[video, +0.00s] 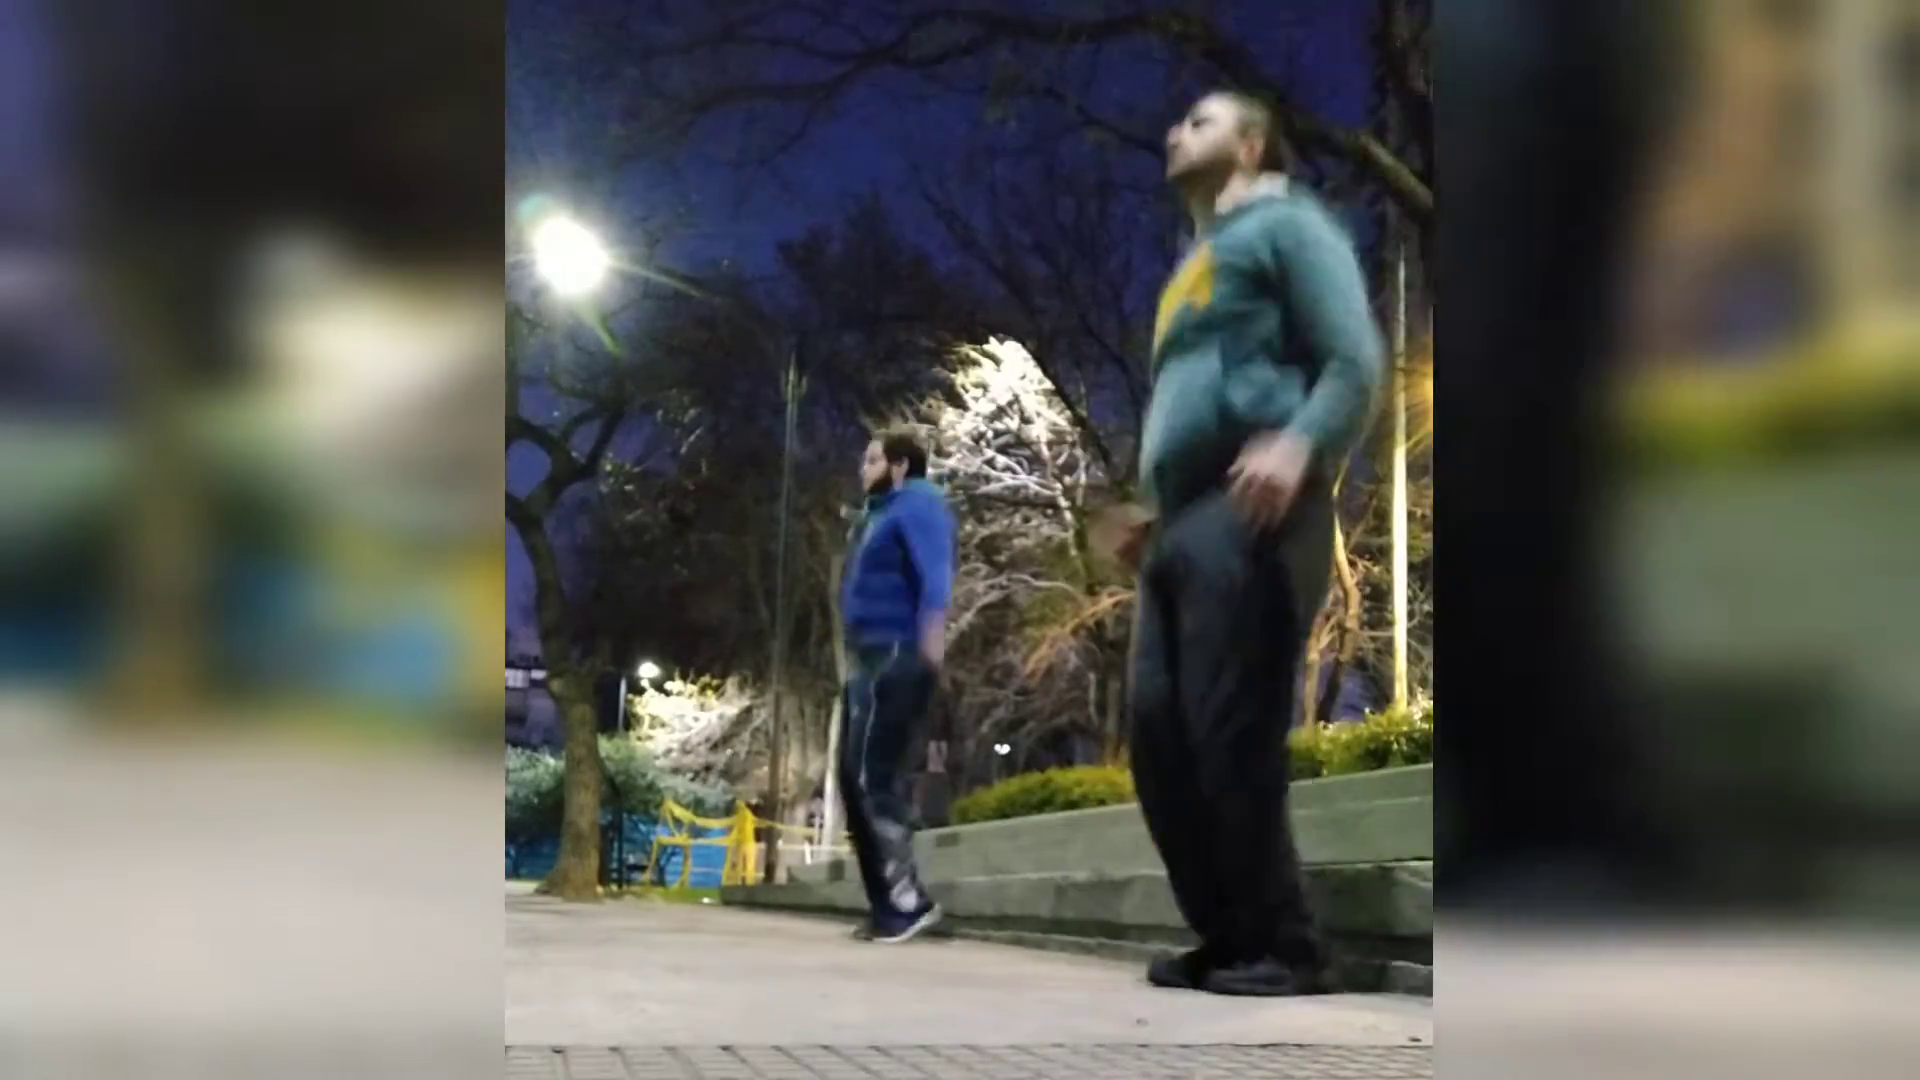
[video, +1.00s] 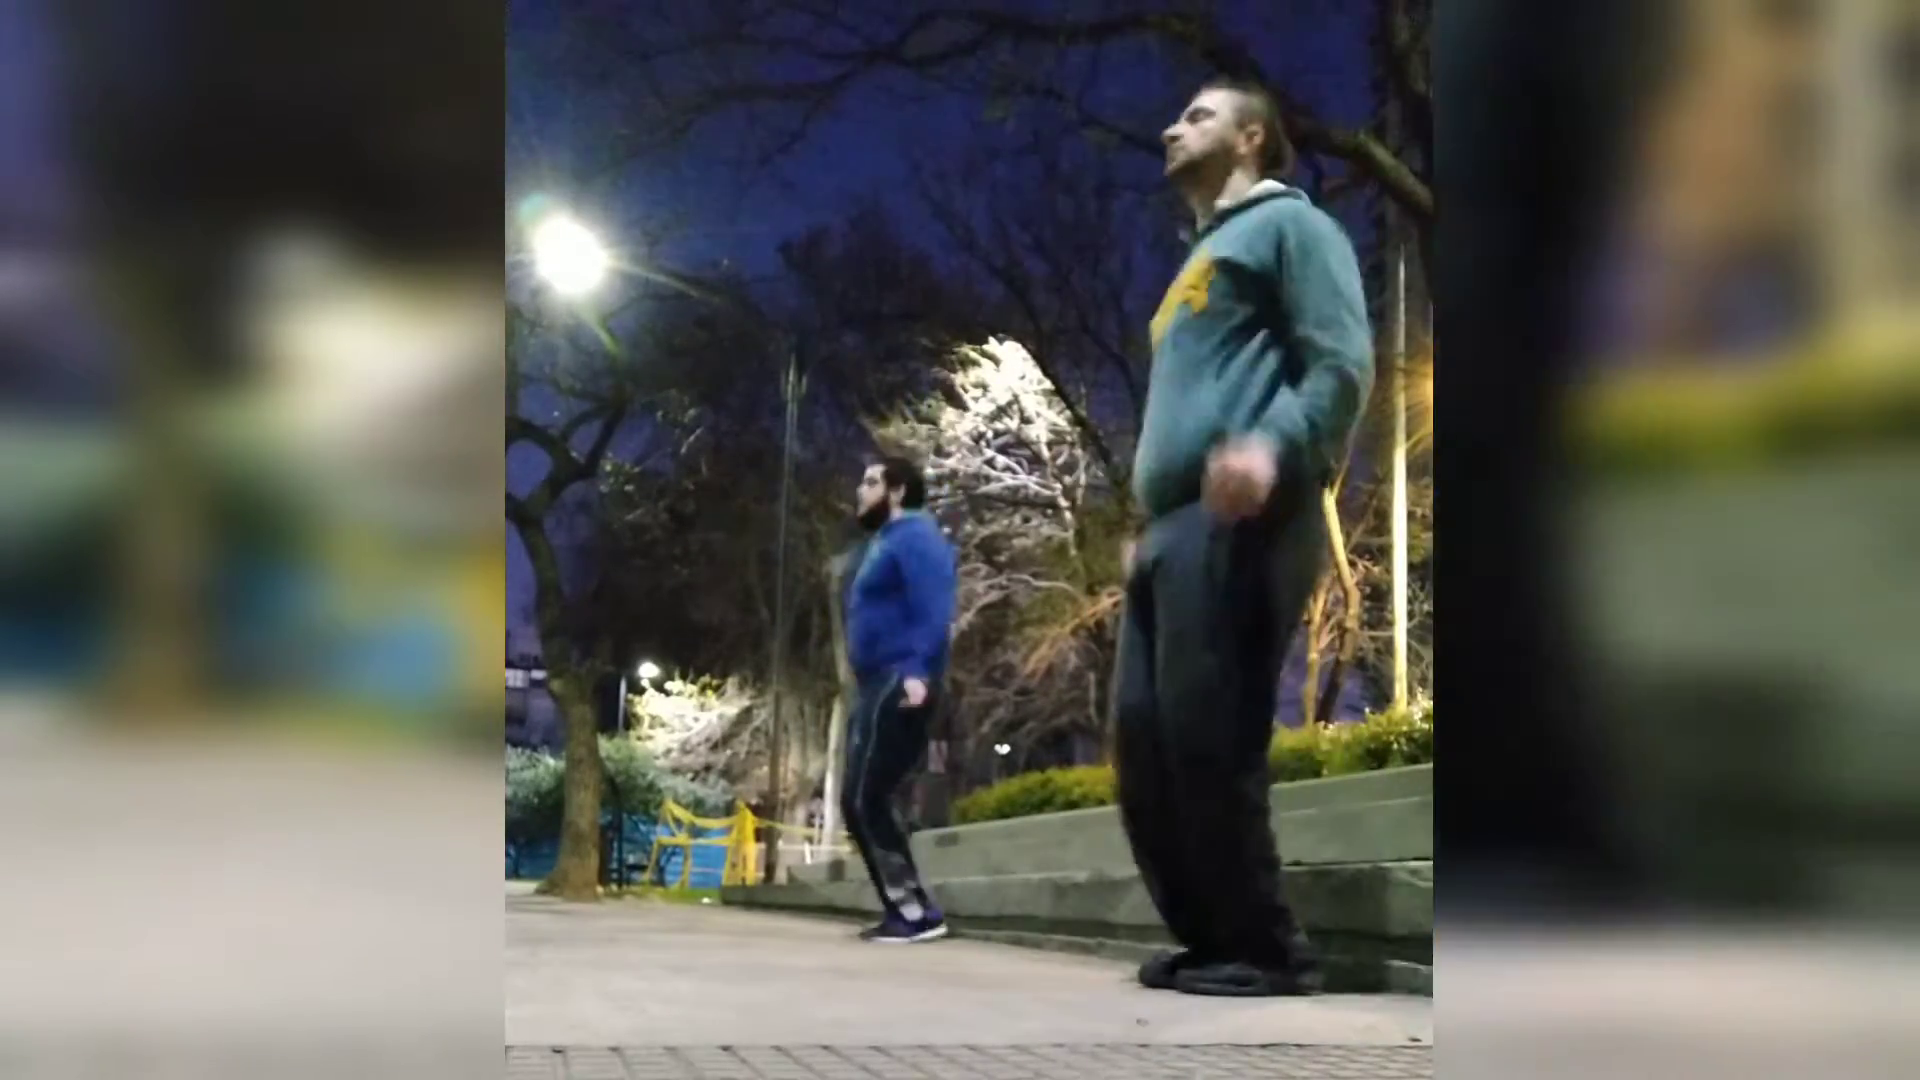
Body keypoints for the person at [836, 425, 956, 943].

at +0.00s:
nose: (863, 469)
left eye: (872, 460)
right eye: (865, 460)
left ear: (899, 465)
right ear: (894, 466)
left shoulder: (918, 503)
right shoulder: (881, 511)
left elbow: (935, 574)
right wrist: (858, 653)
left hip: (897, 657)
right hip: (867, 657)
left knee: (869, 775)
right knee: (855, 778)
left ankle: (904, 901)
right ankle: (886, 904)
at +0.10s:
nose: (861, 493)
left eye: (871, 484)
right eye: (862, 484)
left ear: (898, 489)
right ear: (890, 490)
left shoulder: (917, 535)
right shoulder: (885, 539)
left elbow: (928, 607)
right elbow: (883, 614)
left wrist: (921, 675)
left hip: (897, 683)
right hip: (872, 683)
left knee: (865, 795)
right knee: (851, 800)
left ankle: (911, 910)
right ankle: (896, 908)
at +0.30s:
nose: (870, 450)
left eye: (879, 441)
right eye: (871, 442)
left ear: (909, 448)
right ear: (897, 451)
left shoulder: (923, 488)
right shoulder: (884, 499)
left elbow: (937, 503)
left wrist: (942, 467)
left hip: (902, 629)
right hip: (868, 632)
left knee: (895, 756)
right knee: (871, 765)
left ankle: (923, 883)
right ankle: (886, 891)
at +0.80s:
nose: (869, 454)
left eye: (878, 445)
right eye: (870, 445)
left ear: (907, 453)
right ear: (892, 455)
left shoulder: (920, 486)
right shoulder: (884, 498)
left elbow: (945, 505)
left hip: (905, 626)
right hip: (874, 630)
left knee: (896, 756)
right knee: (871, 763)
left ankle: (934, 884)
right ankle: (892, 884)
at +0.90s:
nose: (863, 468)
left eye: (872, 459)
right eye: (865, 459)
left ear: (898, 467)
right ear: (892, 468)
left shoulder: (918, 507)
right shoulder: (878, 518)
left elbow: (938, 576)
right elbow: (875, 591)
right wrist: (861, 652)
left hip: (904, 651)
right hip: (873, 653)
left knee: (874, 772)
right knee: (862, 777)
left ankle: (909, 897)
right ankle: (894, 902)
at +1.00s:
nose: (860, 492)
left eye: (869, 483)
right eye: (862, 483)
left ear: (897, 490)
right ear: (892, 491)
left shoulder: (915, 535)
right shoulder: (885, 539)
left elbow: (932, 606)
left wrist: (918, 670)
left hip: (900, 680)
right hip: (876, 680)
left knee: (866, 796)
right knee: (860, 797)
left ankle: (911, 910)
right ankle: (902, 907)